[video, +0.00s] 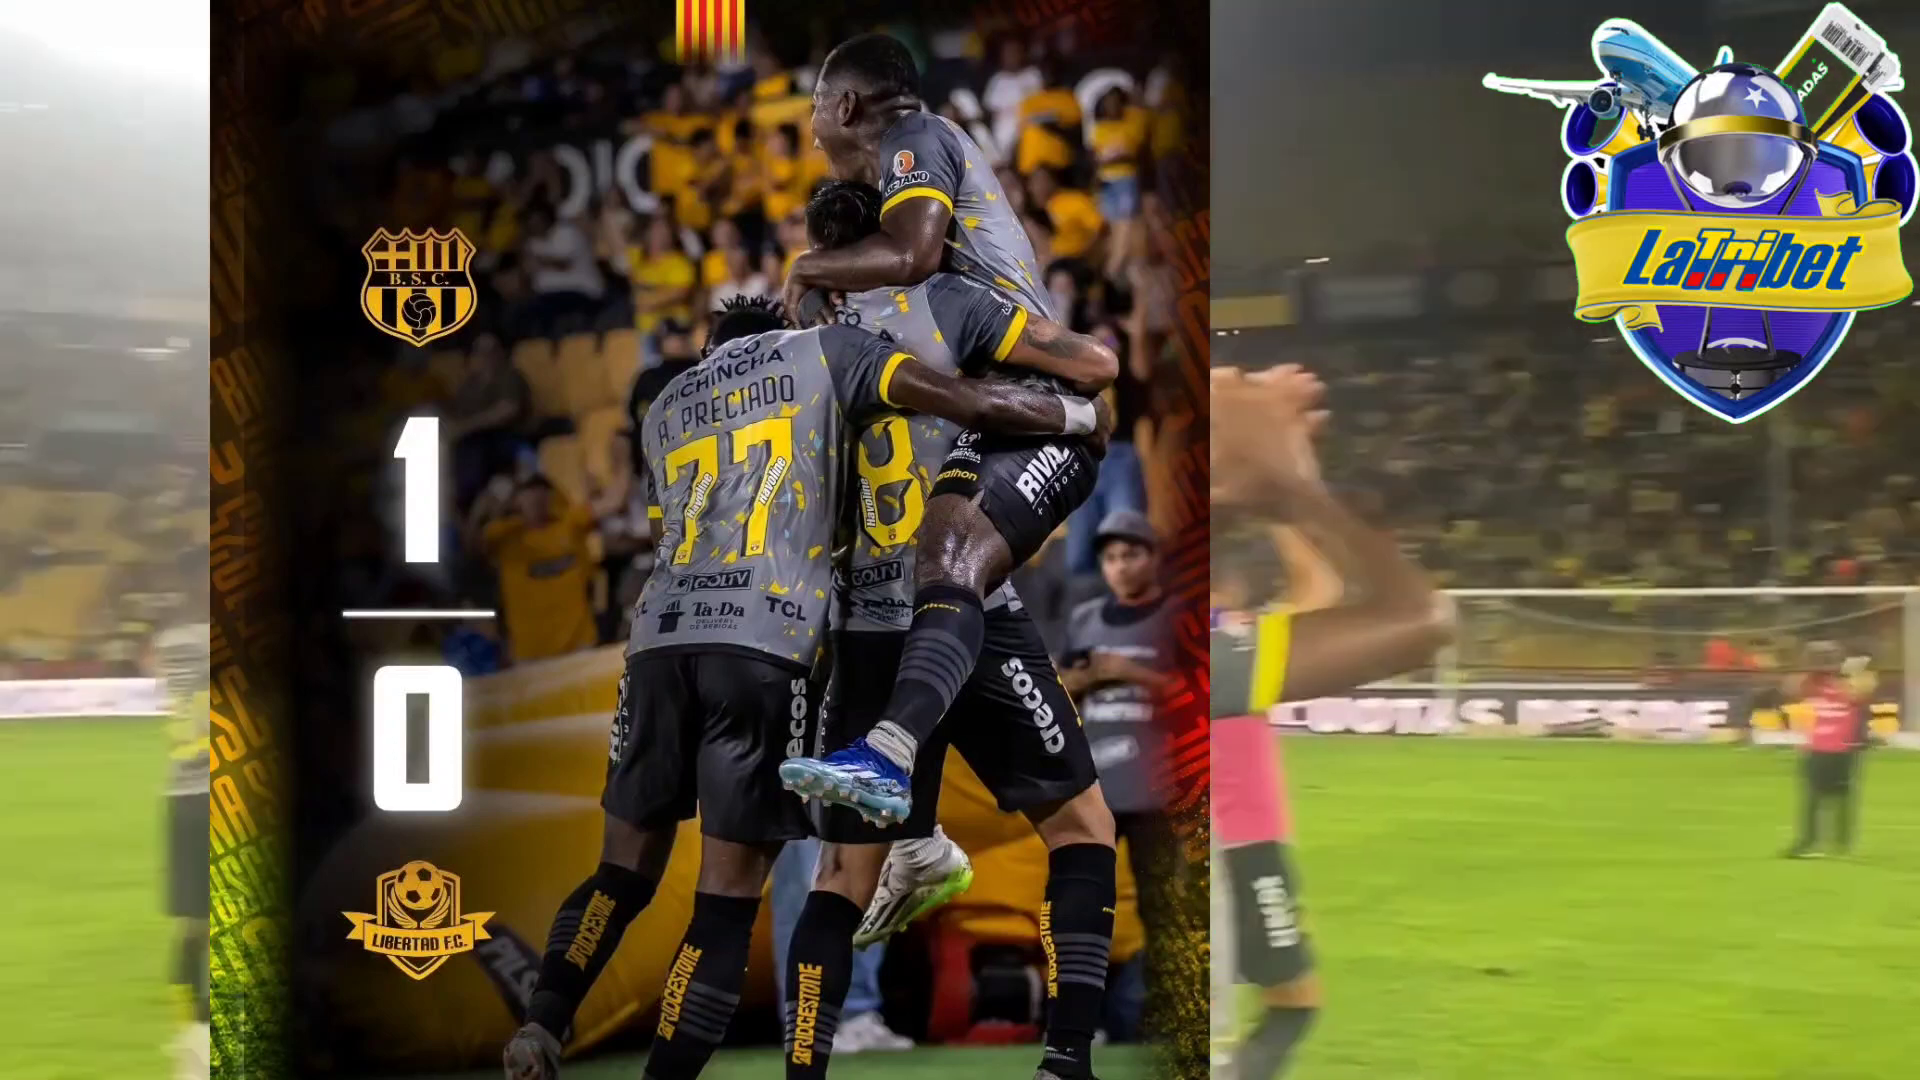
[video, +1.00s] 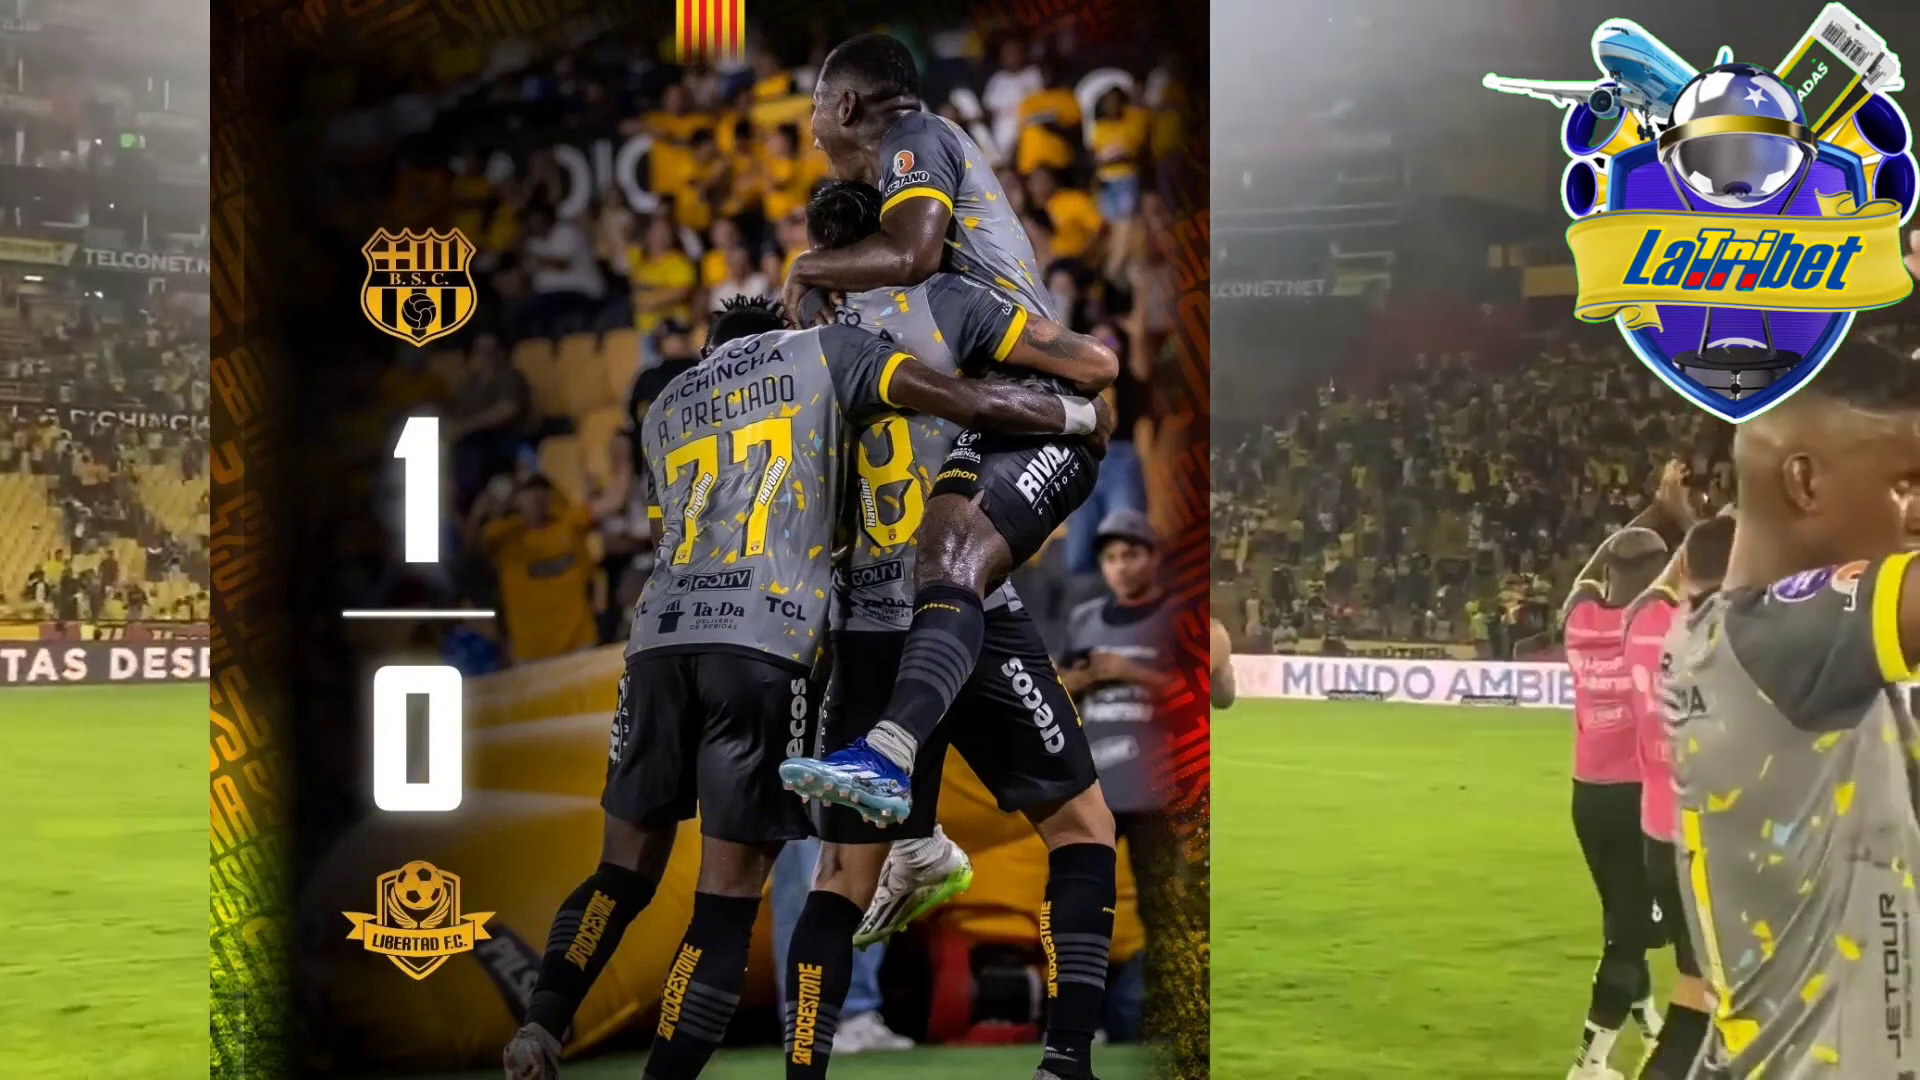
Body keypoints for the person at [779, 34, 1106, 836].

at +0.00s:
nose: (817, 130)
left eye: (821, 111)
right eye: (815, 113)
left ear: (856, 102)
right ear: (881, 103)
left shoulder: (914, 133)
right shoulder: (905, 160)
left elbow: (914, 250)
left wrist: (808, 265)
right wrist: (810, 299)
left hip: (1042, 407)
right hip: (980, 405)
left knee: (953, 556)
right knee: (888, 562)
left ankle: (888, 757)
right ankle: (915, 840)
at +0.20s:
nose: (815, 126)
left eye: (821, 107)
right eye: (814, 108)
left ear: (856, 103)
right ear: (882, 104)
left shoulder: (915, 135)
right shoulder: (903, 162)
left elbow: (914, 250)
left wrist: (808, 265)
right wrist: (815, 299)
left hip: (1041, 400)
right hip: (980, 399)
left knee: (953, 558)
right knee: (895, 565)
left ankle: (888, 758)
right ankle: (916, 836)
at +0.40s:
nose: (814, 126)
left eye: (821, 107)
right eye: (814, 108)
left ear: (857, 102)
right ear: (880, 105)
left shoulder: (914, 135)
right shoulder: (898, 162)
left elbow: (915, 251)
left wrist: (807, 264)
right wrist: (812, 299)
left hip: (1041, 401)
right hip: (979, 398)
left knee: (952, 558)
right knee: (891, 566)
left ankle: (888, 756)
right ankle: (915, 840)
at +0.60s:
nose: (816, 131)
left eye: (821, 111)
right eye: (814, 113)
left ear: (855, 101)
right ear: (878, 102)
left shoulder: (914, 132)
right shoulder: (907, 151)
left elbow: (914, 249)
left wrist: (806, 265)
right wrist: (814, 297)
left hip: (1042, 400)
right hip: (983, 397)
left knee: (953, 555)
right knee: (903, 566)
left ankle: (888, 758)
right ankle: (916, 836)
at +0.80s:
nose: (817, 130)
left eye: (821, 110)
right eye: (815, 113)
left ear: (855, 101)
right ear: (879, 102)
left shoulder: (914, 133)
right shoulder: (907, 152)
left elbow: (914, 250)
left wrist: (806, 265)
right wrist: (816, 294)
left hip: (1045, 400)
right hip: (982, 396)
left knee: (953, 555)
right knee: (894, 563)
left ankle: (889, 756)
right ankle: (917, 838)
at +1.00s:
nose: (816, 130)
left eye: (821, 110)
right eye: (815, 112)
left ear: (853, 102)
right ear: (877, 103)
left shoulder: (913, 133)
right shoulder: (908, 152)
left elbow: (914, 251)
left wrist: (806, 264)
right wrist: (808, 294)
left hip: (1042, 403)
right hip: (980, 401)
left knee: (953, 555)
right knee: (898, 564)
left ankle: (888, 758)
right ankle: (916, 836)